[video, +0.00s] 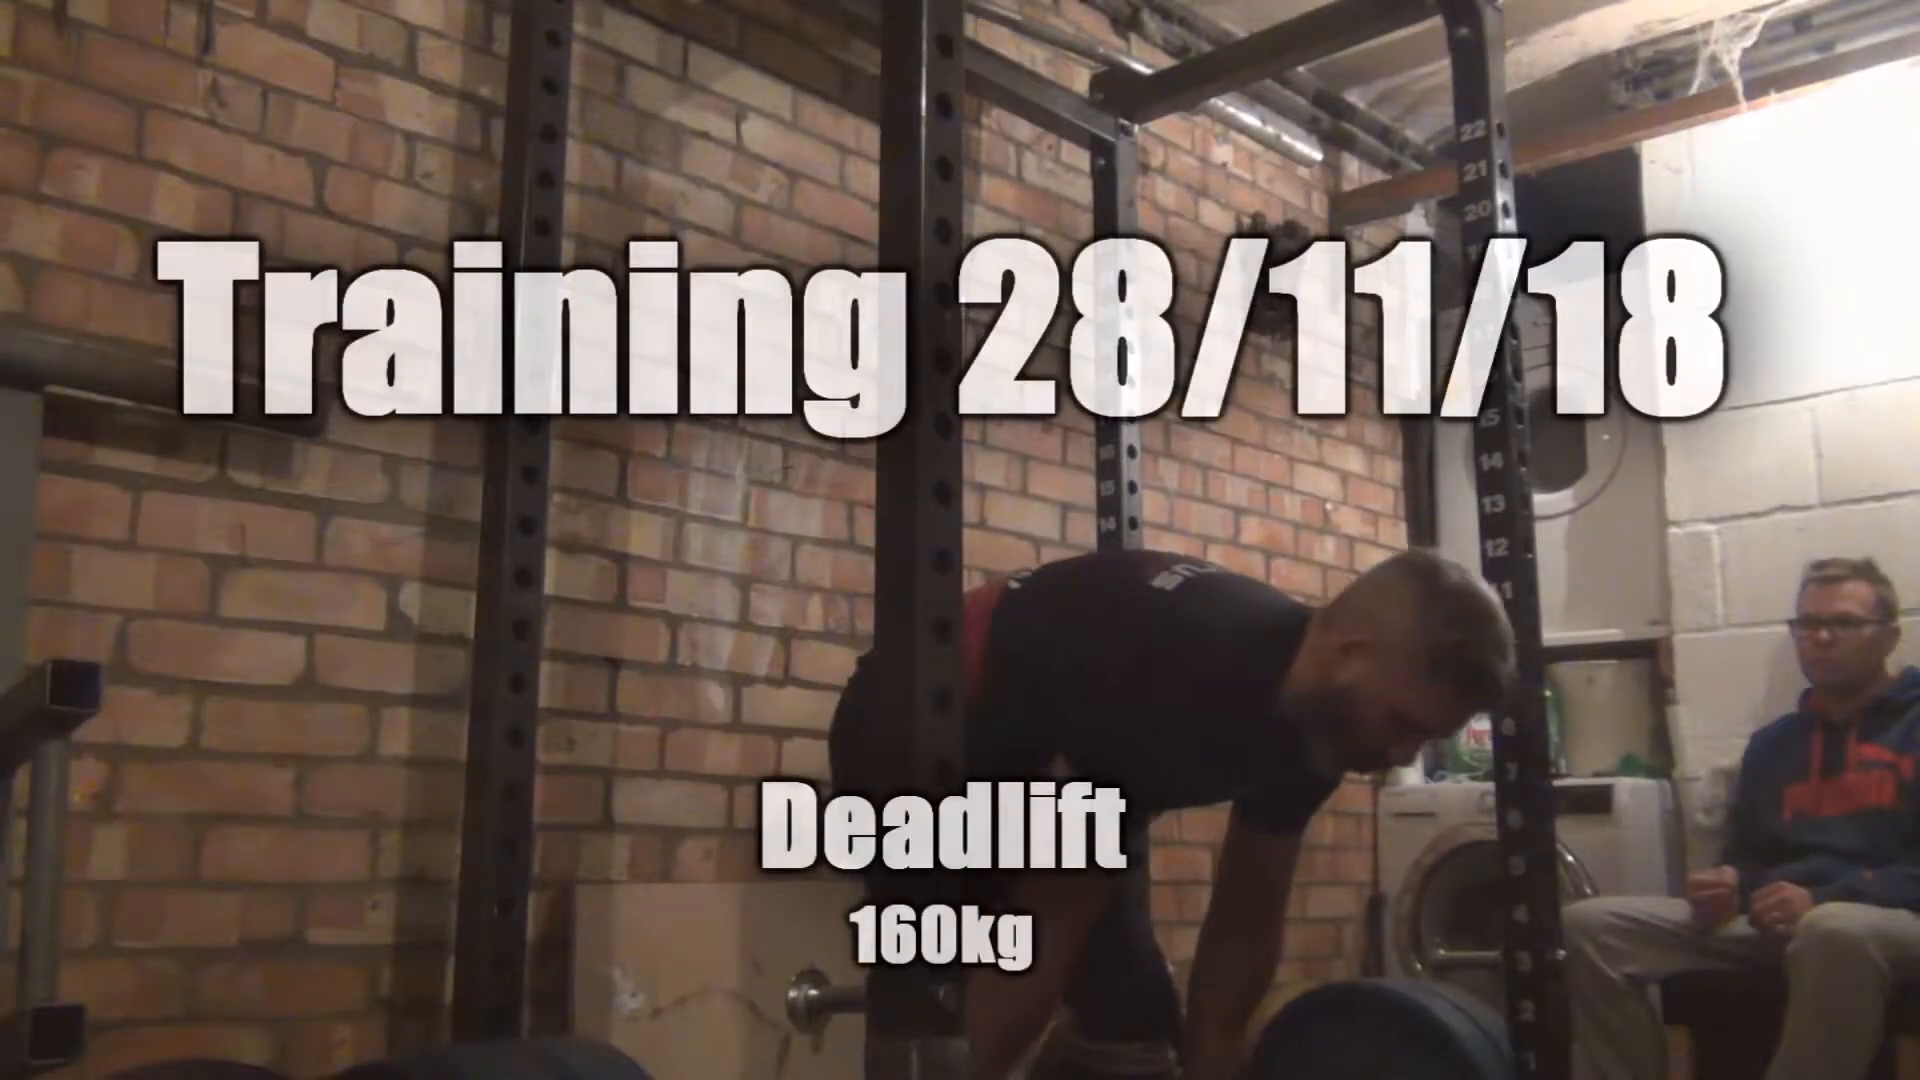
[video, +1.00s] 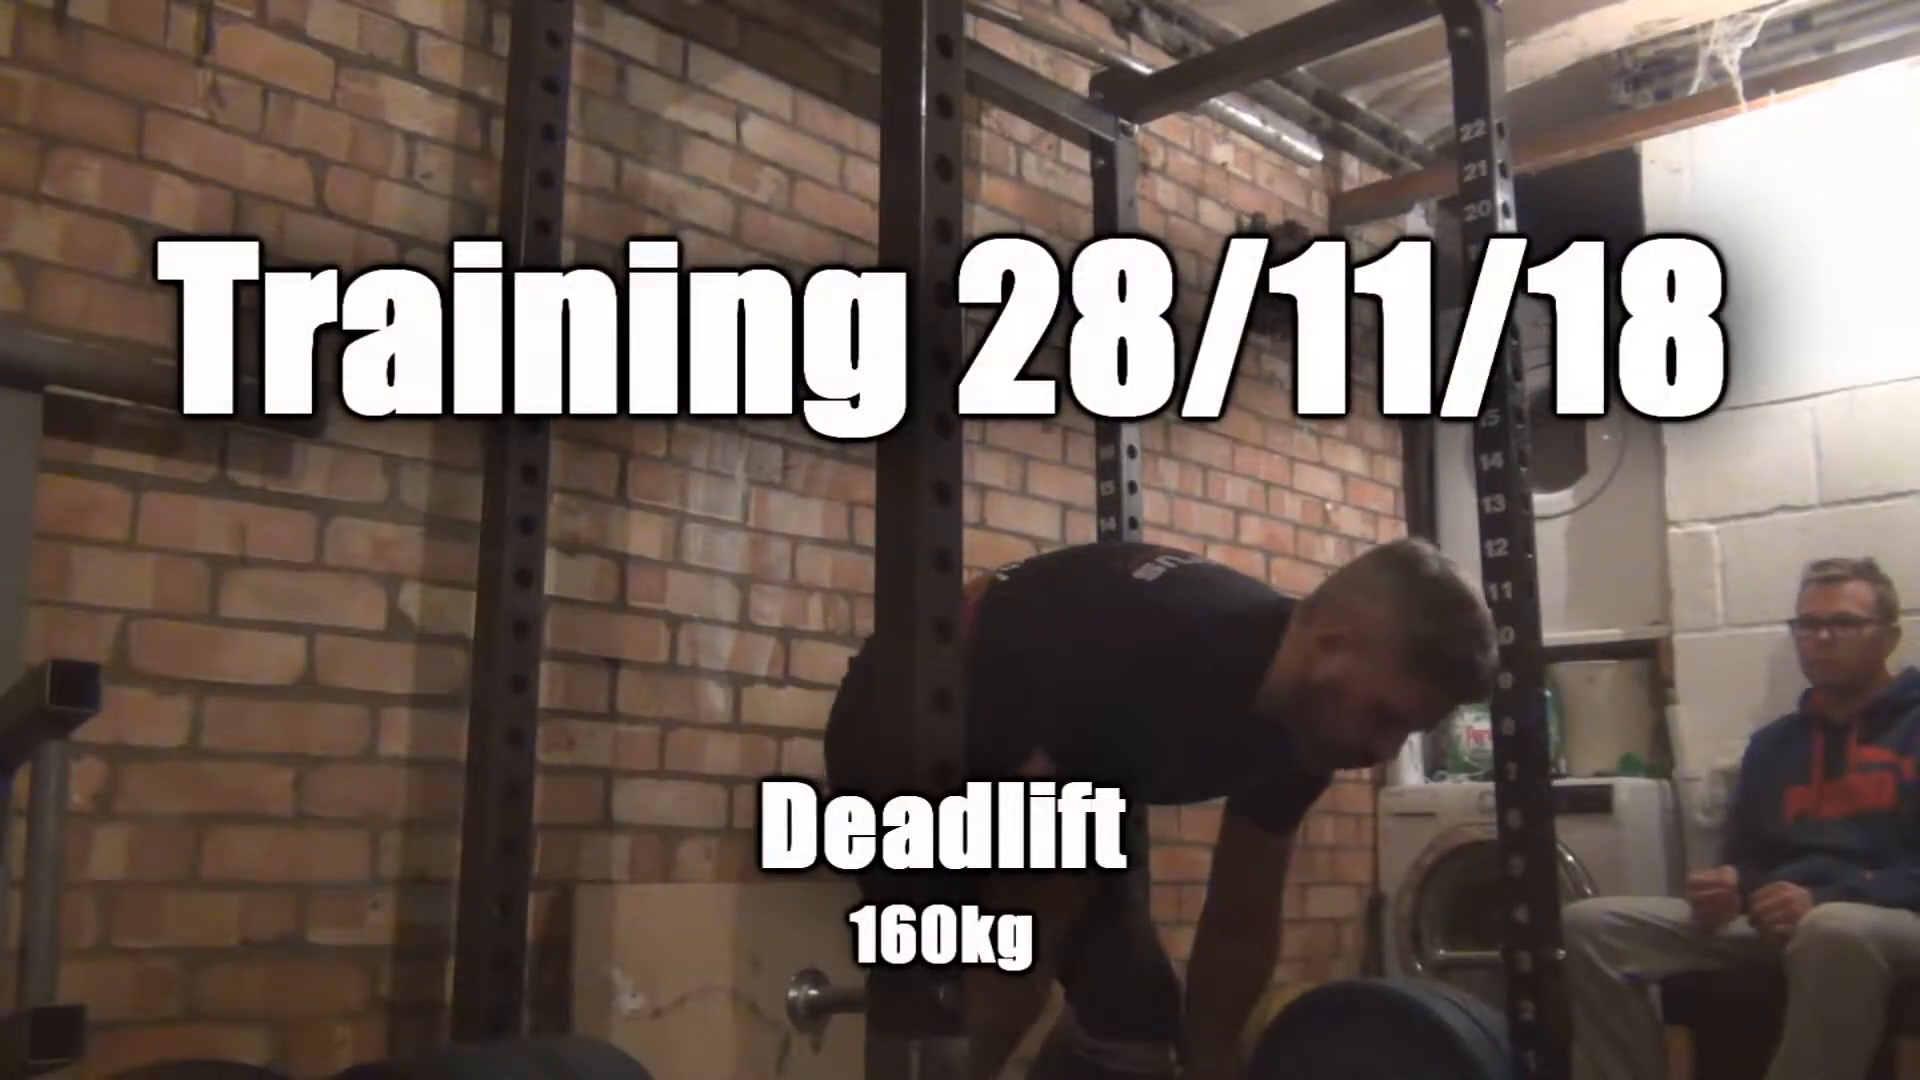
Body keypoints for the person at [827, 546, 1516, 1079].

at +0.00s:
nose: (1399, 759)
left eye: (1421, 742)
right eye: (1400, 726)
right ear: (1343, 651)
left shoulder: (1314, 728)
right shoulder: (1181, 671)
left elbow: (1242, 927)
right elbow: (1054, 921)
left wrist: (1212, 1063)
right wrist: (982, 1068)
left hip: (1061, 784)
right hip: (918, 735)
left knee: (1134, 1021)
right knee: (938, 1018)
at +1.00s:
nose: (1384, 754)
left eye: (1404, 734)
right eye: (1384, 719)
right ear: (1326, 646)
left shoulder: (1303, 730)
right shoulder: (1145, 648)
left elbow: (1240, 923)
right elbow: (1025, 943)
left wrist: (1211, 1067)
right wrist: (968, 1067)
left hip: (1056, 779)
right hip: (912, 730)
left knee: (1134, 1015)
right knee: (953, 1018)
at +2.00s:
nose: (1385, 743)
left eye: (1404, 723)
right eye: (1384, 711)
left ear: (1324, 640)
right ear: (1320, 637)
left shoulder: (1295, 724)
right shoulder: (1145, 657)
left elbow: (1241, 920)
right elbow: (1043, 903)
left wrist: (1211, 1063)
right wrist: (980, 1064)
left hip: (1066, 777)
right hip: (914, 722)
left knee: (1130, 1017)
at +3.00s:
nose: (1388, 726)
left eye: (1407, 704)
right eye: (1384, 692)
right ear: (1316, 623)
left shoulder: (1314, 720)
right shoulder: (1153, 656)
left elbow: (1251, 923)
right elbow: (1028, 913)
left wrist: (1216, 1068)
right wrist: (984, 1069)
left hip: (1065, 766)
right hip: (918, 730)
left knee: (1138, 1019)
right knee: (934, 1013)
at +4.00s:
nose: (1391, 719)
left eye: (1408, 699)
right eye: (1384, 684)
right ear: (1313, 616)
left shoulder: (1312, 727)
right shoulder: (1145, 653)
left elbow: (1250, 928)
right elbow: (1024, 917)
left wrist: (1219, 1065)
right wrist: (973, 1070)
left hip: (1053, 755)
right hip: (920, 724)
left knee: (1140, 1028)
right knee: (931, 1014)